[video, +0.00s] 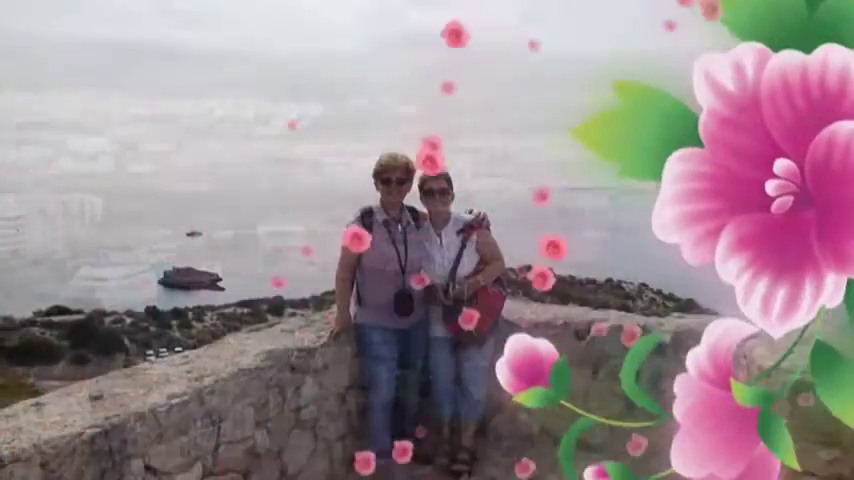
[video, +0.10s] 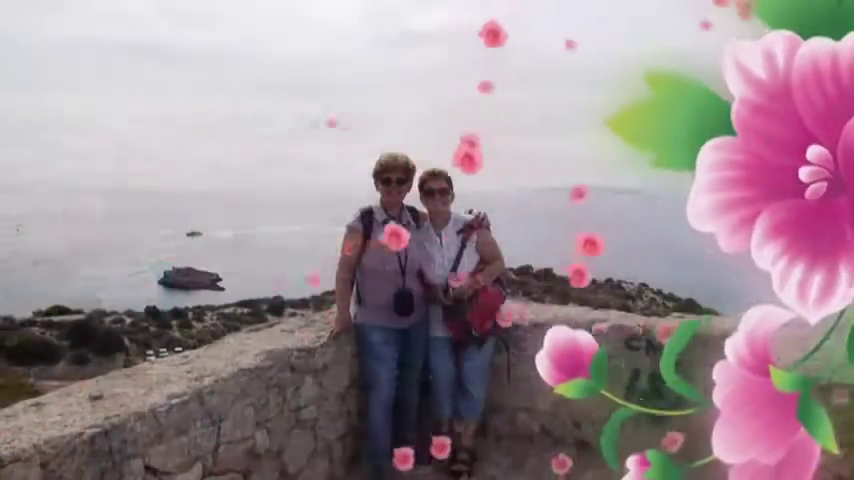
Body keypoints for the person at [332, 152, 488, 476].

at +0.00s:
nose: (394, 187)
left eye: (401, 181)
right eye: (387, 181)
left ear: (410, 185)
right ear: (376, 183)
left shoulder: (419, 220)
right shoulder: (364, 223)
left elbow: (444, 232)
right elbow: (345, 271)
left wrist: (473, 225)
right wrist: (343, 314)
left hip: (415, 320)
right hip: (376, 322)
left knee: (411, 389)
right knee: (382, 391)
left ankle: (407, 448)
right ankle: (381, 455)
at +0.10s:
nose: (394, 187)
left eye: (401, 182)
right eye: (387, 181)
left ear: (409, 186)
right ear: (376, 184)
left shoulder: (418, 219)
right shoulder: (365, 221)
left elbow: (443, 233)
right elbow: (345, 270)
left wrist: (472, 225)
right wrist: (343, 313)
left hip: (415, 321)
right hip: (376, 321)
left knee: (410, 391)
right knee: (382, 392)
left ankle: (409, 455)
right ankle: (381, 463)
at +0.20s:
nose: (395, 187)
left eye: (401, 182)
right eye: (388, 181)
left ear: (410, 185)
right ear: (377, 184)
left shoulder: (416, 219)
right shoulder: (365, 221)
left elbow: (443, 232)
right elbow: (345, 270)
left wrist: (474, 224)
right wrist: (343, 314)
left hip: (415, 319)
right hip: (376, 321)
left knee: (411, 387)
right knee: (381, 391)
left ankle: (409, 444)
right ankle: (381, 461)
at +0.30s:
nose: (394, 187)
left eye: (401, 181)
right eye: (387, 181)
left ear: (410, 184)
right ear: (377, 184)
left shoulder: (419, 221)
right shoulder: (364, 222)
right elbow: (345, 269)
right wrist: (343, 314)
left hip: (415, 319)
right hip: (376, 321)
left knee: (410, 386)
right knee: (381, 391)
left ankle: (410, 445)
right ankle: (381, 460)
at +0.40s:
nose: (394, 187)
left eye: (400, 181)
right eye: (387, 181)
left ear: (410, 184)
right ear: (377, 184)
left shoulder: (419, 220)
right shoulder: (364, 222)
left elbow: (446, 232)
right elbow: (345, 269)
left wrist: (474, 223)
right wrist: (343, 314)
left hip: (415, 319)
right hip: (376, 320)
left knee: (410, 386)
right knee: (381, 391)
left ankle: (409, 444)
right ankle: (380, 460)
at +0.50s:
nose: (394, 187)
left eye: (400, 181)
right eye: (387, 181)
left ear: (410, 184)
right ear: (377, 183)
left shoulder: (418, 220)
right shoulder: (363, 222)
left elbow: (446, 234)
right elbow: (345, 270)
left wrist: (473, 224)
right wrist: (343, 315)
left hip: (415, 318)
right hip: (376, 320)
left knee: (410, 386)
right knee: (381, 391)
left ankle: (409, 445)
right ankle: (380, 460)